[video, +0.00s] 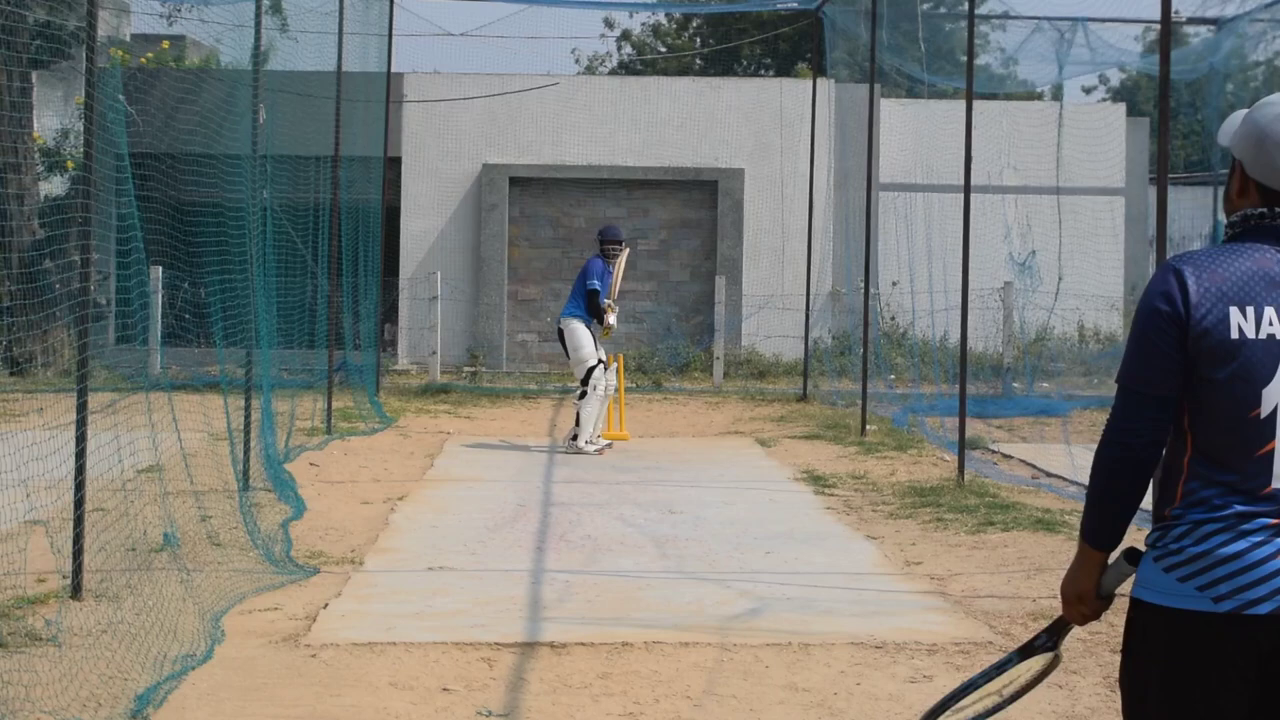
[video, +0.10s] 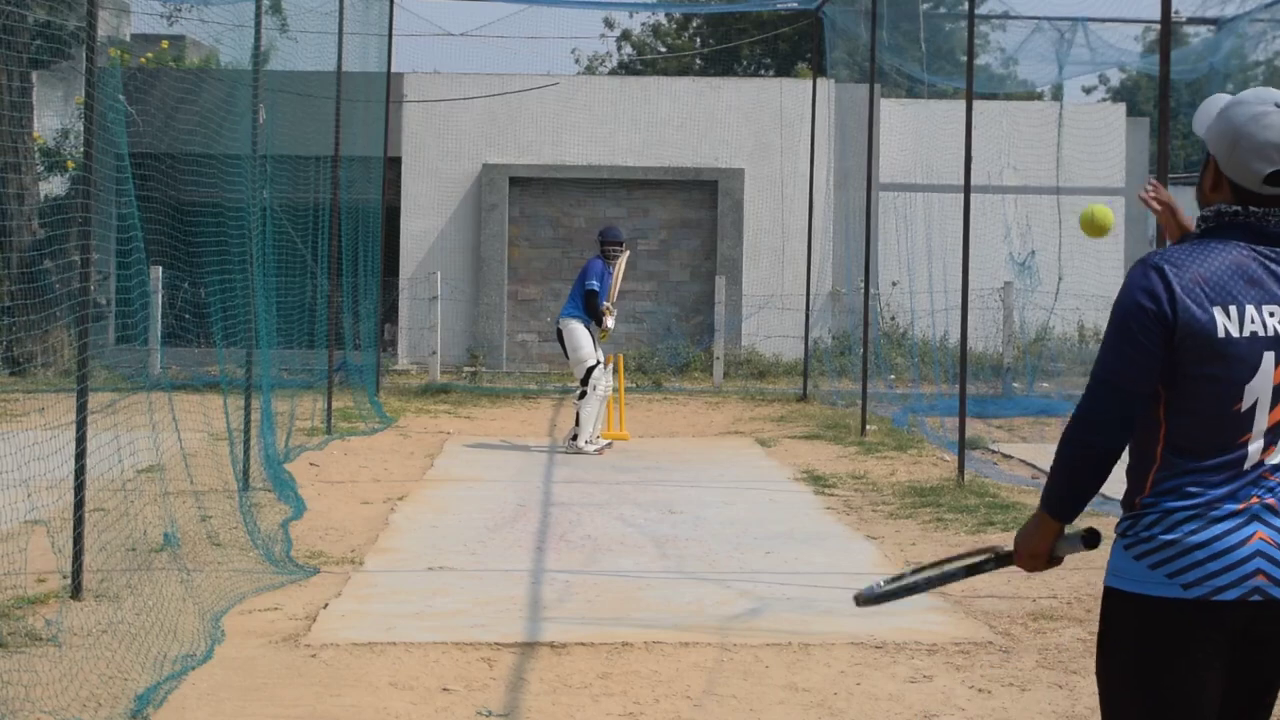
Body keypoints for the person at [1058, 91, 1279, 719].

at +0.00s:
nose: (1227, 183)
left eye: (1231, 169)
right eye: (1233, 168)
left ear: (1242, 181)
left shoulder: (1191, 281)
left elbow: (1134, 436)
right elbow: (1135, 435)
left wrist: (1089, 557)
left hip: (1206, 592)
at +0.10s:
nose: (1200, 170)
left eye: (1204, 159)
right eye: (1206, 157)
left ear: (1214, 175)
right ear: (1279, 187)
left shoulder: (1167, 277)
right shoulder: (1272, 272)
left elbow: (1106, 414)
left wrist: (1050, 517)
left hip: (1173, 574)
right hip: (1273, 569)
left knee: (1148, 705)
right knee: (1244, 707)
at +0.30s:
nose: (1152, 180)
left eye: (1157, 170)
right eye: (1159, 167)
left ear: (1166, 191)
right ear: (1245, 201)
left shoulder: (1123, 292)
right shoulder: (1265, 291)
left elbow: (1014, 398)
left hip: (1134, 577)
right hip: (1238, 574)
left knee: (1121, 709)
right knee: (1175, 708)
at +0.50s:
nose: (1098, 222)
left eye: (1103, 214)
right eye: (1104, 210)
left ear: (1108, 234)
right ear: (1185, 245)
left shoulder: (1048, 317)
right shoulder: (1213, 338)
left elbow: (957, 383)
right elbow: (1246, 464)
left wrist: (939, 277)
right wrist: (1204, 429)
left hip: (1088, 581)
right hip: (1193, 586)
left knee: (1096, 708)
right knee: (1129, 709)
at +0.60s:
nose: (1078, 245)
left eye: (1082, 237)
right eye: (1084, 235)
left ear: (1088, 251)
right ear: (1162, 262)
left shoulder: (1023, 334)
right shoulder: (1192, 350)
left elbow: (987, 423)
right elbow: (1211, 475)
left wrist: (956, 381)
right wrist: (1222, 513)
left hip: (1078, 566)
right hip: (1180, 572)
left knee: (1096, 707)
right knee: (1134, 708)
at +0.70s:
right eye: (1136, 265)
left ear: (1059, 268)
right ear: (1135, 272)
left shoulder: (1009, 342)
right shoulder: (1162, 341)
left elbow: (1009, 453)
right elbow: (1205, 462)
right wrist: (1231, 509)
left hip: (1052, 543)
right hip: (1156, 543)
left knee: (1086, 707)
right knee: (1136, 704)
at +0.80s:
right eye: (1124, 258)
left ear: (1051, 265)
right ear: (1125, 266)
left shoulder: (1004, 342)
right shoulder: (1152, 334)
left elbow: (1008, 443)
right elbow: (1202, 448)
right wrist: (1234, 493)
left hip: (1041, 532)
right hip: (1145, 532)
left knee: (1066, 707)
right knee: (1128, 704)